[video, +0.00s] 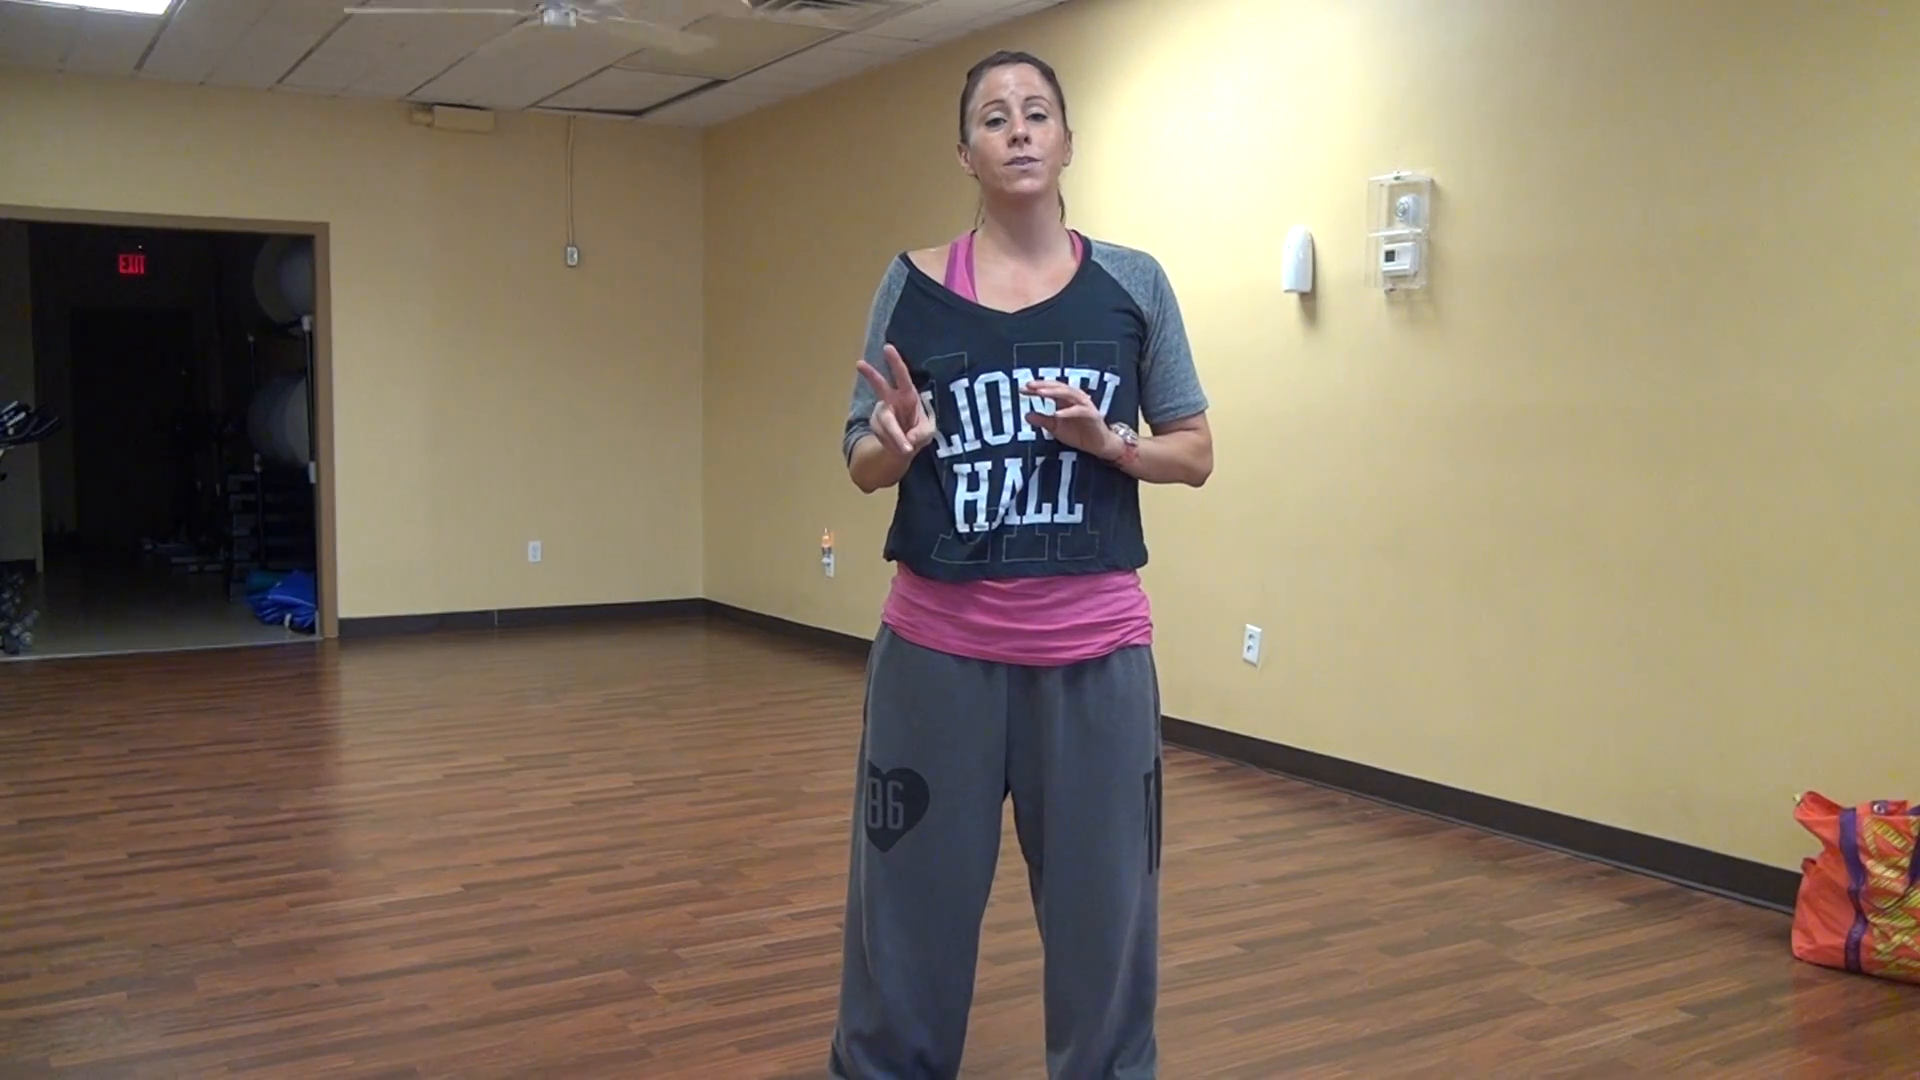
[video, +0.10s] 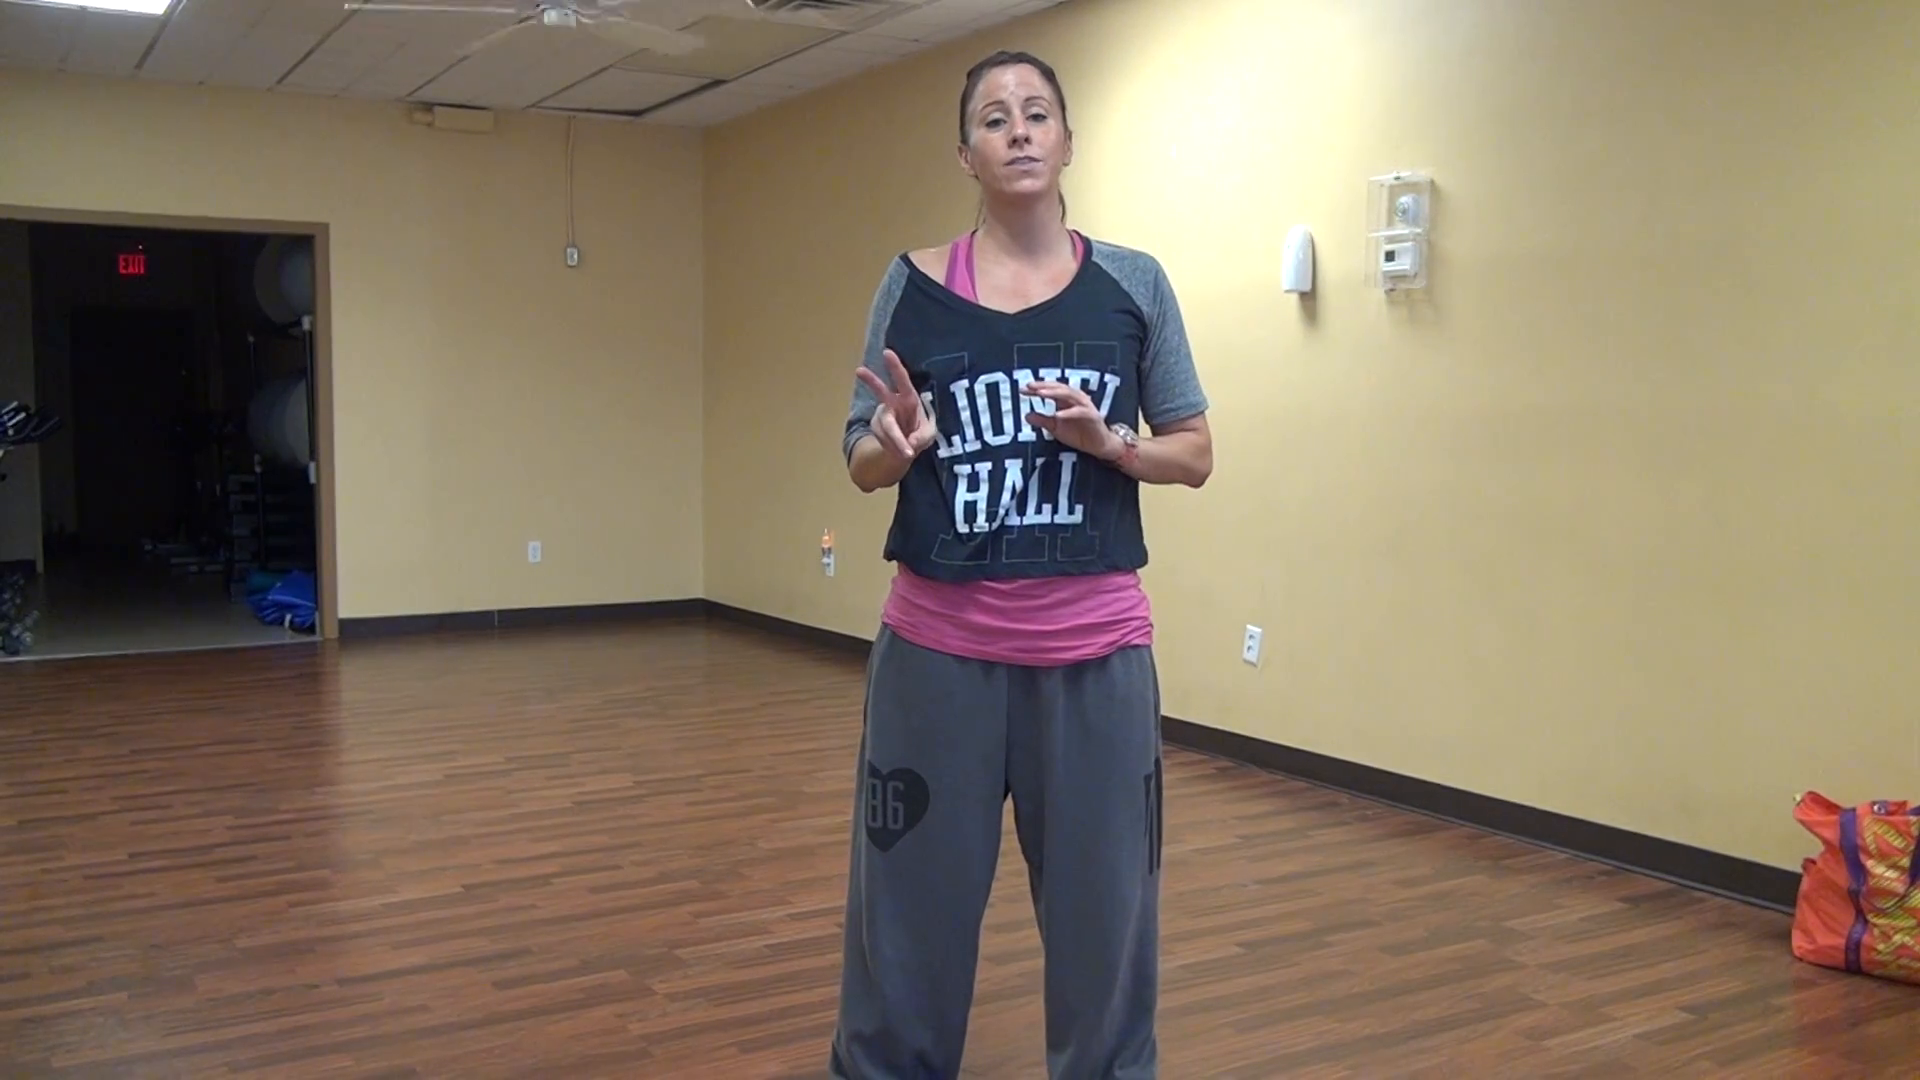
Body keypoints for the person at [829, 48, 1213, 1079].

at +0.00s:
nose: (1016, 130)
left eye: (1036, 114)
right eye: (993, 118)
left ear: (1066, 143)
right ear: (965, 152)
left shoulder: (1135, 279)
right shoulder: (915, 282)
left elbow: (1196, 455)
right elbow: (865, 469)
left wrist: (1118, 444)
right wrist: (895, 442)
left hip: (1095, 644)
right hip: (936, 642)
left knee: (1106, 920)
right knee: (907, 911)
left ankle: (1106, 1073)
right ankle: (887, 1069)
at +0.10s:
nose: (1017, 131)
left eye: (1036, 114)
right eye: (994, 119)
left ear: (1066, 142)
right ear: (965, 154)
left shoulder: (1135, 280)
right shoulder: (916, 282)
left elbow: (1196, 455)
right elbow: (865, 466)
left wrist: (1118, 445)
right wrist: (895, 444)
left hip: (1095, 645)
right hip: (936, 641)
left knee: (1106, 921)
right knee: (907, 911)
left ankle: (1107, 1073)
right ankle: (887, 1069)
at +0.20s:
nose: (1017, 131)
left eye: (1036, 114)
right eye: (994, 118)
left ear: (1066, 141)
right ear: (966, 151)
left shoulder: (1136, 279)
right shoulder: (916, 281)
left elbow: (1197, 455)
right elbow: (862, 466)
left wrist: (1117, 446)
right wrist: (898, 441)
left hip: (1096, 646)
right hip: (936, 644)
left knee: (1107, 923)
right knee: (906, 914)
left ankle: (1106, 1074)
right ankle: (887, 1070)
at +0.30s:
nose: (1019, 127)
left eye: (1038, 110)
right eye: (995, 114)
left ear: (1068, 137)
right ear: (966, 148)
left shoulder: (1137, 276)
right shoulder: (916, 277)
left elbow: (1198, 453)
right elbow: (862, 458)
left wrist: (1119, 443)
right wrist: (897, 444)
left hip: (1099, 644)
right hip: (937, 642)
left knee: (1107, 925)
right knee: (907, 916)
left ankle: (1107, 1074)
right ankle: (887, 1070)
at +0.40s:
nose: (1021, 125)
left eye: (1040, 106)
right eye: (997, 110)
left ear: (1070, 133)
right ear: (967, 144)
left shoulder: (1140, 275)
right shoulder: (917, 275)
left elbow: (1200, 452)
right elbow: (862, 454)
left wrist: (1122, 444)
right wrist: (899, 450)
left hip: (1101, 651)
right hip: (938, 648)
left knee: (1110, 932)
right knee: (907, 924)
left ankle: (1108, 1074)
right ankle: (888, 1071)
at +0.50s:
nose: (1021, 122)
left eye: (1041, 103)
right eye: (996, 107)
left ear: (1072, 130)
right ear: (967, 141)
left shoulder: (1141, 273)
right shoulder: (916, 273)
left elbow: (1201, 450)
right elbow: (861, 450)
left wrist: (1125, 444)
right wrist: (902, 447)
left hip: (1101, 655)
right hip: (938, 651)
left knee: (1111, 939)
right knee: (906, 930)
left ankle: (1110, 1075)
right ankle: (887, 1070)